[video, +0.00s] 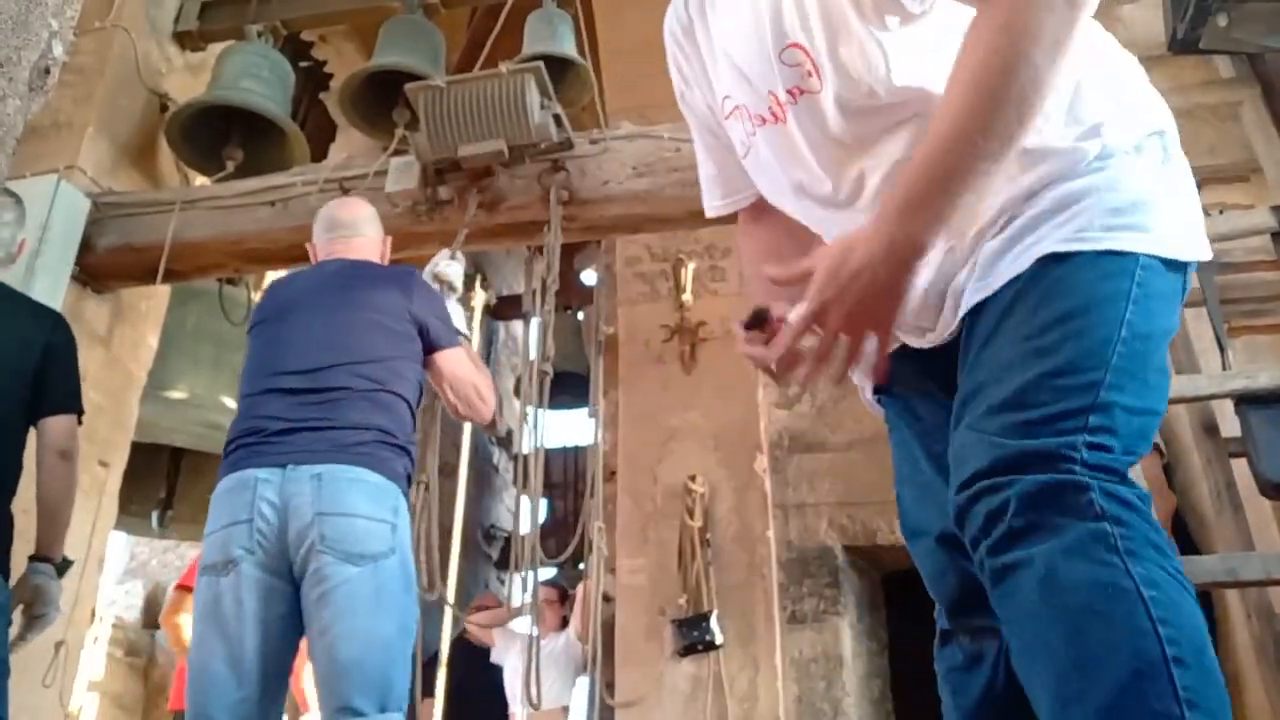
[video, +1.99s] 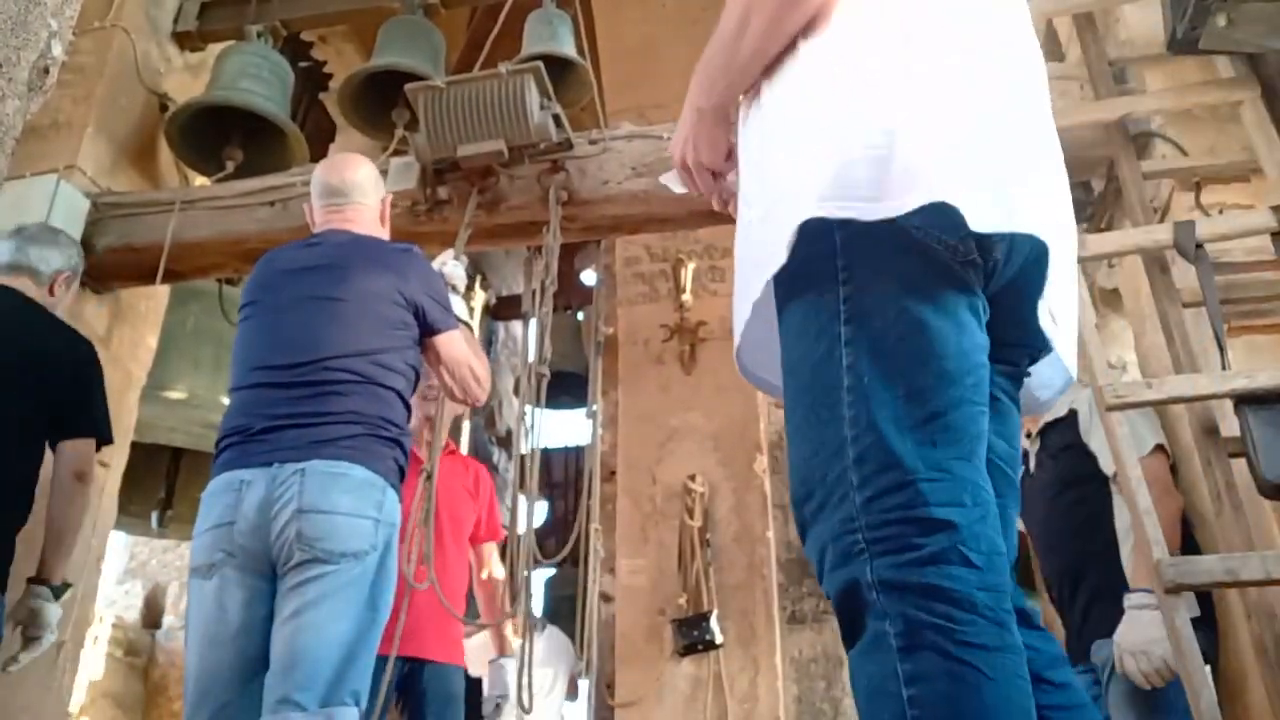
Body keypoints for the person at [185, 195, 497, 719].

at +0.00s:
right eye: (388, 245)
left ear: (312, 253)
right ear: (385, 247)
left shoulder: (272, 295)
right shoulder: (408, 285)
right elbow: (480, 404)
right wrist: (427, 353)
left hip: (242, 491)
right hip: (356, 488)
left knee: (224, 706)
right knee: (362, 708)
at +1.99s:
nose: (391, 215)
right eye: (391, 207)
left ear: (311, 216)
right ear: (385, 209)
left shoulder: (264, 270)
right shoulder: (406, 265)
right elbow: (473, 386)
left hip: (231, 488)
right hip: (345, 485)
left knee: (214, 709)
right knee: (309, 707)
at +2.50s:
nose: (413, 223)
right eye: (413, 217)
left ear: (332, 209)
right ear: (407, 219)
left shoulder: (276, 265)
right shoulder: (417, 264)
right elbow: (480, 386)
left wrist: (430, 369)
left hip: (233, 489)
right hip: (347, 488)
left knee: (217, 709)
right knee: (310, 707)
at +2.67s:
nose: (423, 232)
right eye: (424, 223)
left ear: (347, 207)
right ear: (420, 221)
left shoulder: (281, 265)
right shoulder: (421, 265)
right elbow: (489, 385)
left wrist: (432, 369)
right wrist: (438, 328)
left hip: (235, 489)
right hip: (348, 488)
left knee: (217, 709)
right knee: (309, 706)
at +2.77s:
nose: (419, 226)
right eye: (421, 219)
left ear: (341, 209)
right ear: (415, 220)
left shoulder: (278, 267)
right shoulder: (423, 267)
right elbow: (489, 390)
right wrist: (454, 339)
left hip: (239, 487)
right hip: (354, 487)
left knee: (217, 707)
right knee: (313, 706)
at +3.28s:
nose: (411, 217)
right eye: (412, 211)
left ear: (330, 215)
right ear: (406, 214)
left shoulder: (277, 271)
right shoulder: (424, 269)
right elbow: (481, 399)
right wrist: (443, 340)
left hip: (241, 487)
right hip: (354, 487)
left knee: (218, 708)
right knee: (313, 708)